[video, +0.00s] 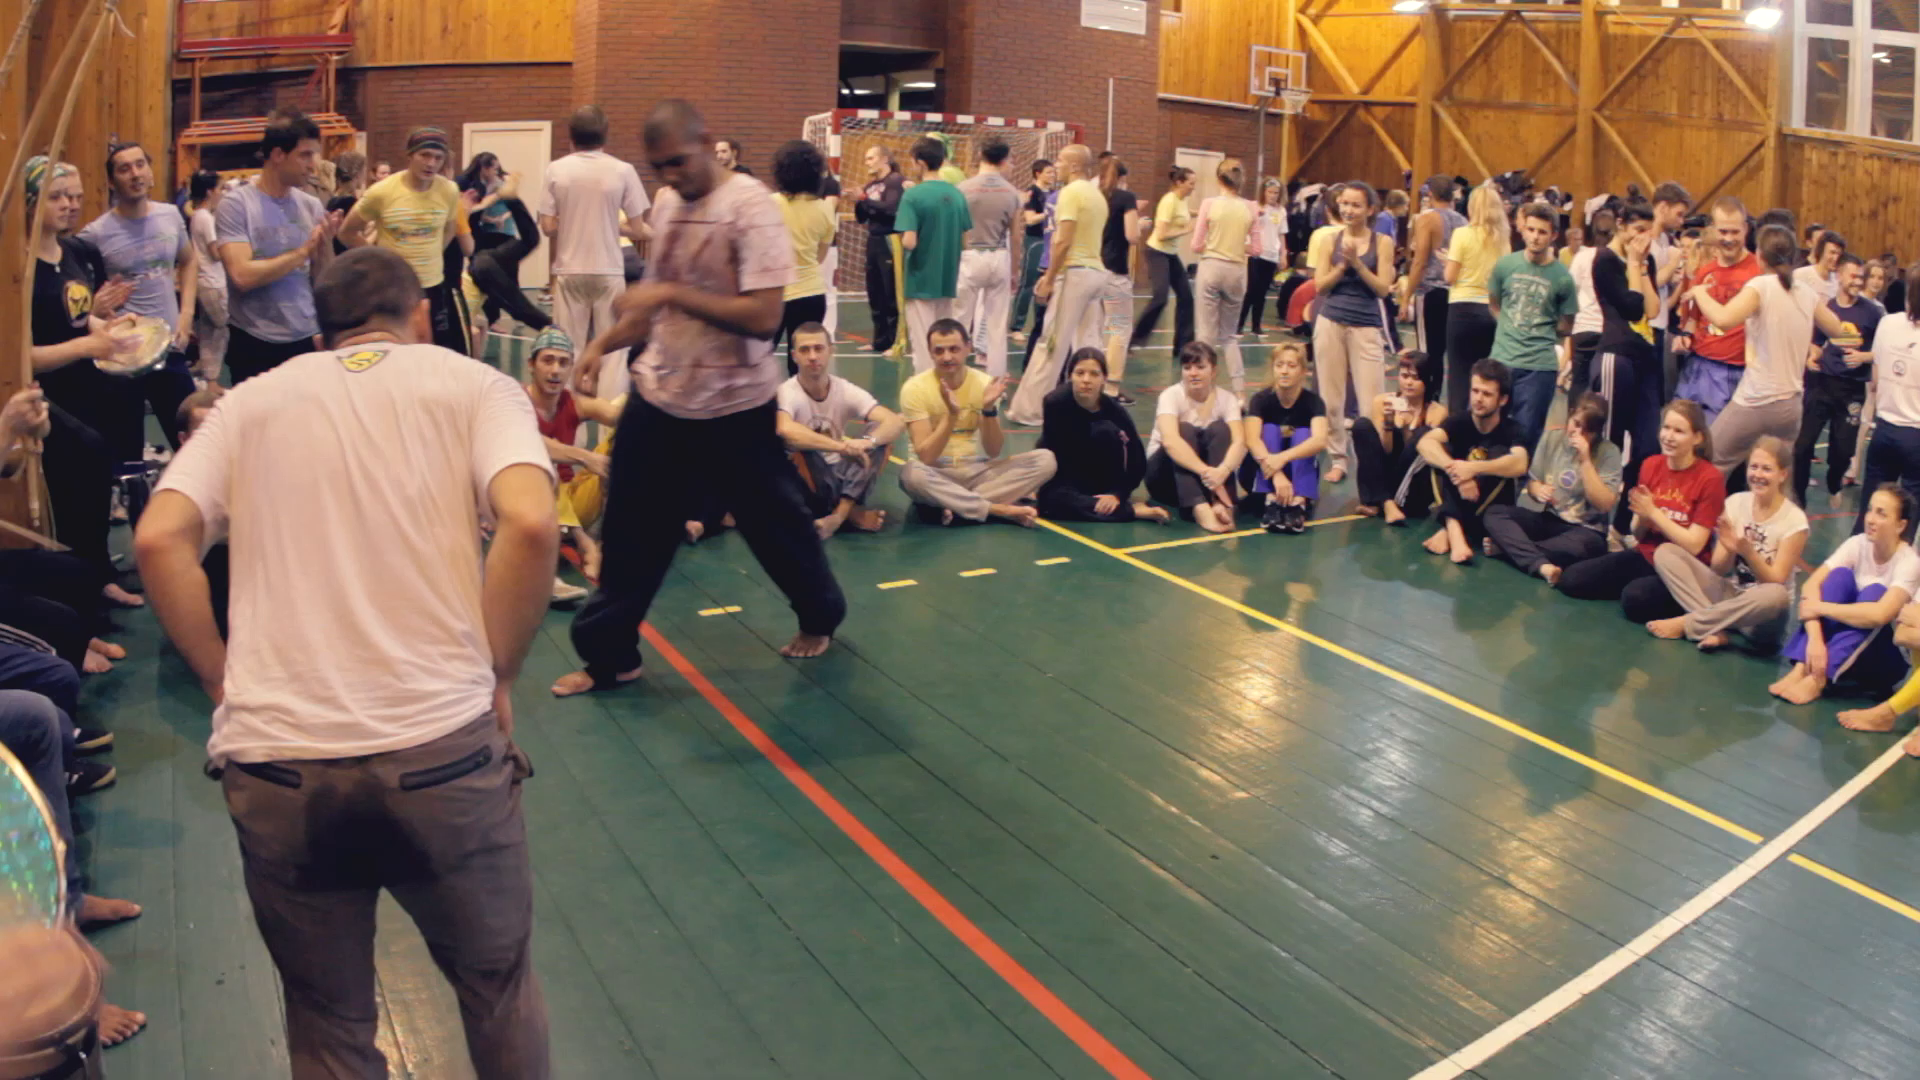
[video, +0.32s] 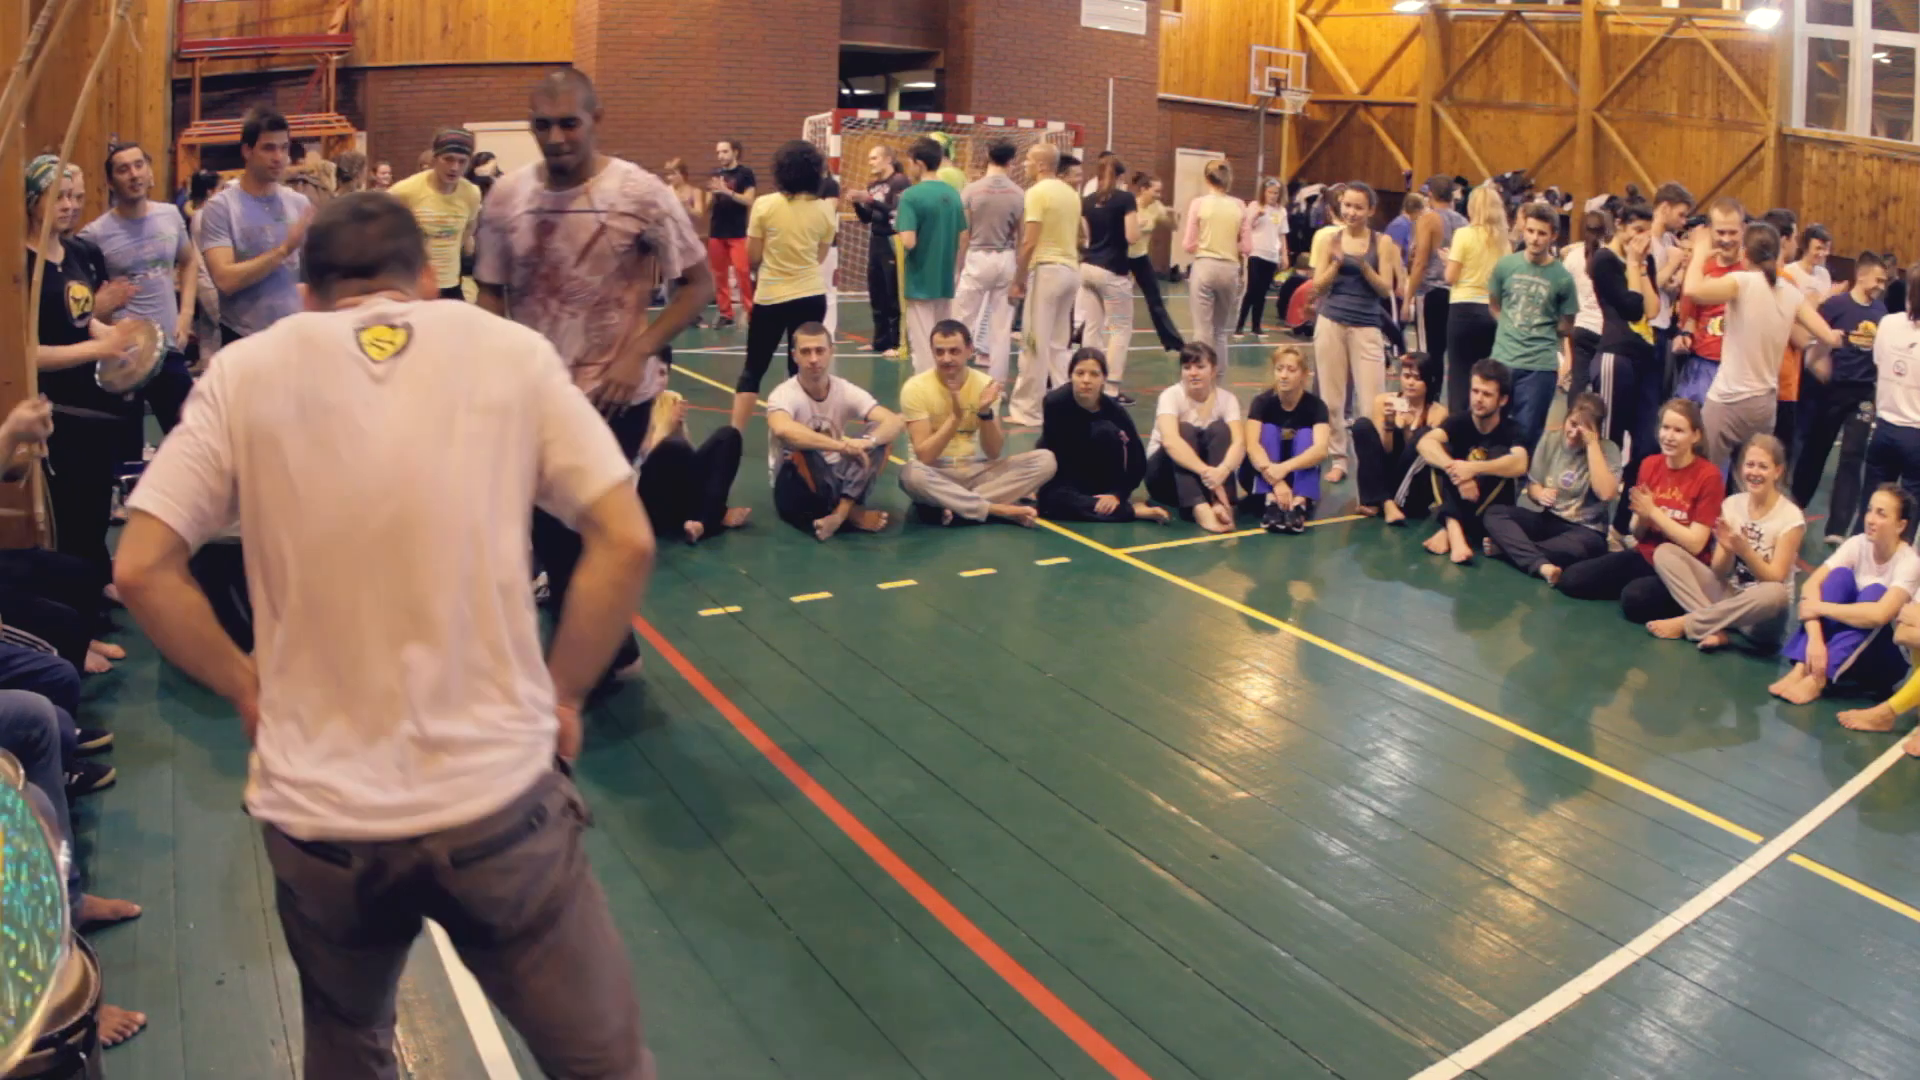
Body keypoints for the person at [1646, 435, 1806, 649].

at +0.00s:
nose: (1757, 474)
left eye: (1767, 469)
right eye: (1753, 467)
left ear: (1783, 475)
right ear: (1746, 469)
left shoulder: (1795, 520)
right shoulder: (1735, 503)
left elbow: (1776, 579)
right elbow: (1718, 568)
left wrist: (1747, 553)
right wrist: (1729, 549)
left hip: (1761, 603)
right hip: (1727, 593)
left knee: (1775, 595)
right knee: (1666, 553)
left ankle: (1686, 624)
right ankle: (1712, 629)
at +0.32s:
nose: (1754, 472)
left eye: (1763, 466)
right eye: (1749, 465)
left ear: (1778, 472)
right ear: (1740, 468)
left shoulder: (1791, 516)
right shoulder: (1732, 504)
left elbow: (1776, 577)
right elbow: (1718, 571)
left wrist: (1743, 550)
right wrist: (1727, 548)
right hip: (1726, 595)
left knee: (1774, 593)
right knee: (1665, 553)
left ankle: (1686, 624)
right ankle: (1712, 629)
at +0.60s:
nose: (1756, 474)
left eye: (1765, 468)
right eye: (1751, 466)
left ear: (1779, 471)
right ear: (1742, 468)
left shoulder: (1790, 515)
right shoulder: (1732, 504)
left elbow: (1775, 576)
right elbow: (1719, 572)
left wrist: (1745, 549)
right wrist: (1727, 548)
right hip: (1725, 595)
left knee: (1774, 594)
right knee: (1665, 553)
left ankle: (1686, 624)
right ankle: (1713, 629)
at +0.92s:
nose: (1758, 476)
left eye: (1767, 471)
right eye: (1754, 468)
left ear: (1782, 475)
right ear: (1746, 469)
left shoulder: (1791, 519)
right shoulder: (1733, 504)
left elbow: (1774, 576)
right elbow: (1717, 571)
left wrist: (1750, 543)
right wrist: (1724, 553)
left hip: (1760, 603)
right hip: (1724, 593)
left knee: (1774, 593)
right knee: (1665, 553)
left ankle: (1686, 624)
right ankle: (1712, 629)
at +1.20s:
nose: (1756, 475)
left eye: (1765, 469)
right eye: (1752, 468)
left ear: (1782, 473)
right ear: (1746, 470)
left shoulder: (1793, 517)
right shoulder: (1735, 504)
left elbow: (1767, 574)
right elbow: (1720, 572)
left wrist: (1759, 520)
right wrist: (1722, 556)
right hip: (1726, 594)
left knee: (1774, 594)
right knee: (1665, 552)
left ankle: (1686, 624)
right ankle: (1712, 629)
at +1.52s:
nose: (1754, 474)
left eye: (1763, 468)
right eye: (1751, 466)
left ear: (1781, 473)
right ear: (1744, 468)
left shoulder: (1793, 516)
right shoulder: (1734, 504)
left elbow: (1767, 573)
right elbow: (1719, 571)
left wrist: (1758, 517)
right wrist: (1723, 558)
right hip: (1727, 595)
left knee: (1773, 594)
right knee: (1665, 552)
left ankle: (1686, 624)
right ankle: (1712, 629)